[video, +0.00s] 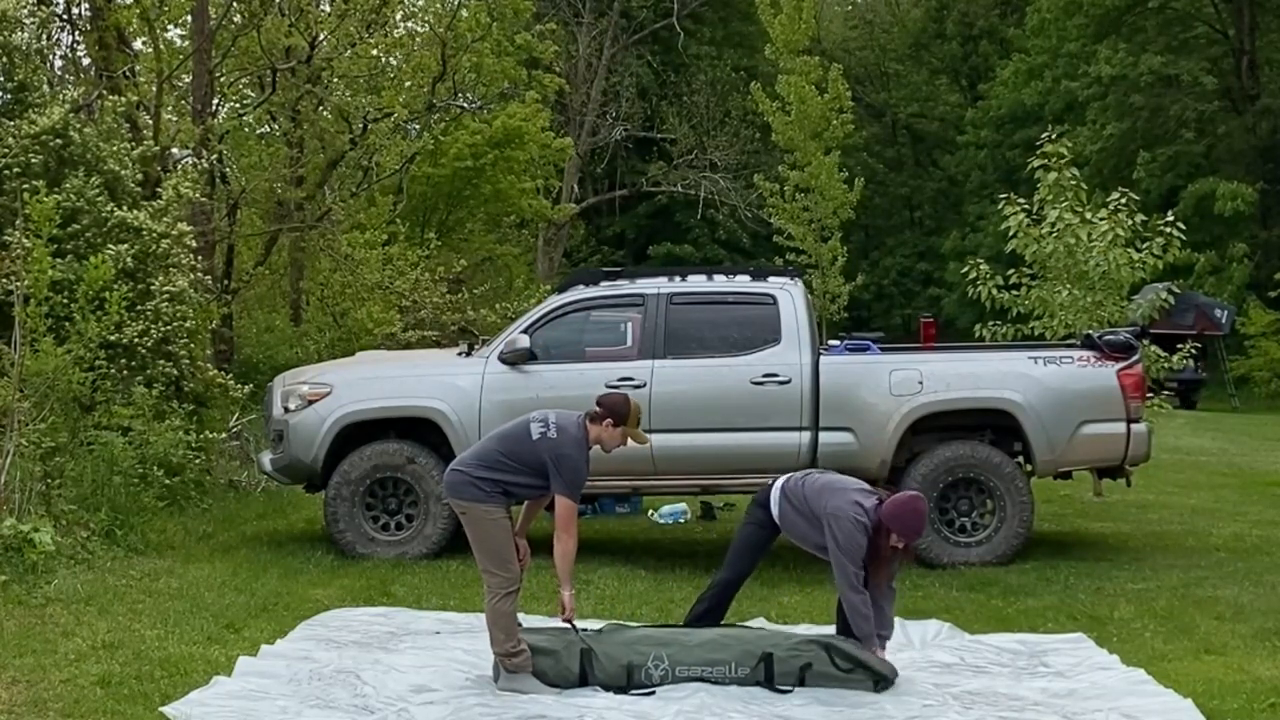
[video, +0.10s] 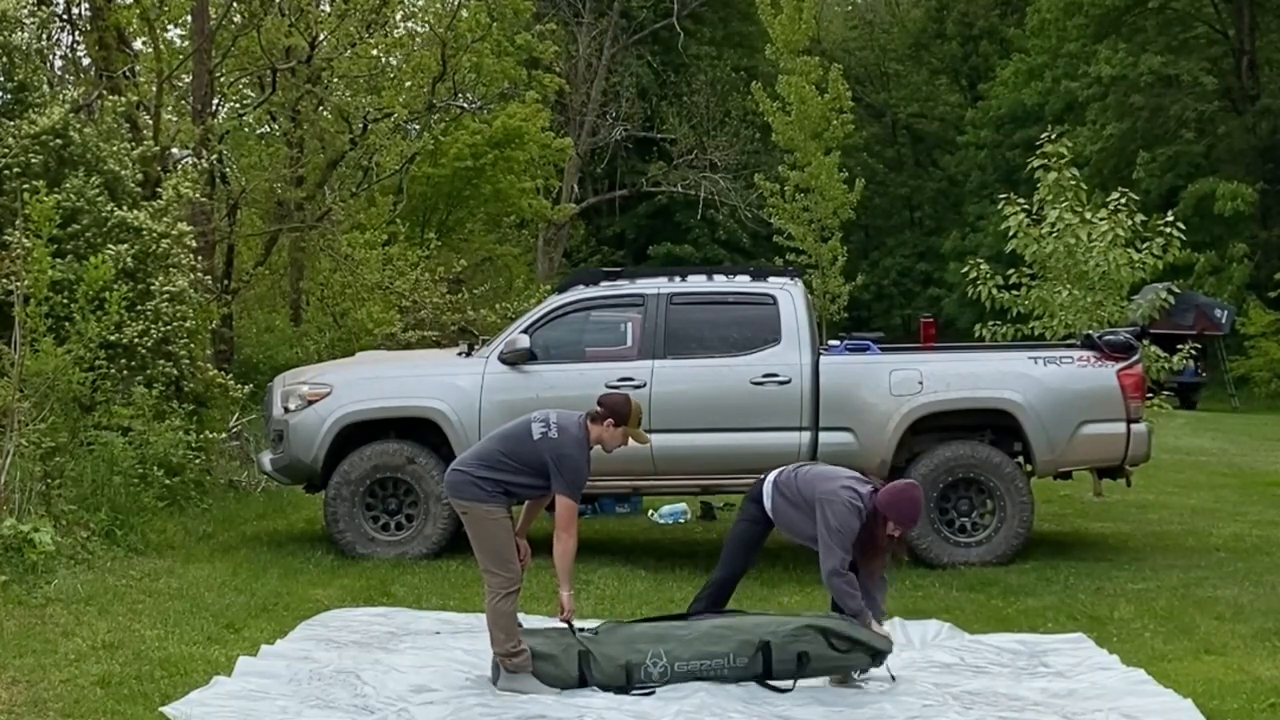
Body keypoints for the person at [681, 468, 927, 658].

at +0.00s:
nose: (898, 544)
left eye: (905, 541)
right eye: (896, 537)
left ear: (910, 536)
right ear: (885, 523)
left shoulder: (890, 525)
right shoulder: (848, 518)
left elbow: (883, 585)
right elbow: (851, 587)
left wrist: (880, 642)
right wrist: (871, 646)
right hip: (777, 499)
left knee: (861, 580)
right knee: (729, 578)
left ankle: (848, 654)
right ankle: (687, 642)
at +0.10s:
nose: (894, 532)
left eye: (902, 528)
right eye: (892, 524)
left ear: (908, 524)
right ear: (880, 510)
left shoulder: (880, 514)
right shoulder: (842, 503)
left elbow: (872, 574)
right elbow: (834, 572)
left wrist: (875, 621)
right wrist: (867, 620)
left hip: (820, 510)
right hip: (770, 494)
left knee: (852, 576)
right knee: (726, 576)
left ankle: (841, 662)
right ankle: (686, 638)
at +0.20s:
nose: (892, 510)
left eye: (897, 505)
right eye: (890, 503)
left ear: (899, 499)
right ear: (874, 489)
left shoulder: (873, 500)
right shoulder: (832, 483)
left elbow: (863, 555)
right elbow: (822, 550)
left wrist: (864, 590)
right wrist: (860, 587)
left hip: (805, 509)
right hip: (759, 490)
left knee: (839, 582)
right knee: (719, 576)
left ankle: (840, 669)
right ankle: (685, 650)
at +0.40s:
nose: (877, 470)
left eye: (883, 464)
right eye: (875, 461)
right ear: (860, 450)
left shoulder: (856, 464)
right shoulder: (820, 448)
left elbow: (838, 514)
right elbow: (808, 508)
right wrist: (845, 546)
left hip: (789, 496)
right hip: (746, 482)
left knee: (823, 568)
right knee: (712, 570)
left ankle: (839, 665)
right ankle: (667, 657)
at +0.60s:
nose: (850, 443)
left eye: (859, 440)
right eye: (848, 434)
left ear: (867, 440)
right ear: (838, 421)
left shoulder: (854, 459)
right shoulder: (805, 431)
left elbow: (836, 500)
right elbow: (779, 487)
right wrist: (826, 511)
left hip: (791, 499)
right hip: (744, 484)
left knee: (818, 571)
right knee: (714, 566)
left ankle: (838, 659)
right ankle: (689, 649)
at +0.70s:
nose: (836, 409)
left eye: (845, 406)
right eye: (834, 401)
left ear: (858, 408)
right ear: (829, 393)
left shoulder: (858, 435)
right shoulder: (805, 410)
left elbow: (850, 489)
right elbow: (767, 458)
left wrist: (827, 528)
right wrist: (810, 484)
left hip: (813, 503)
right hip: (766, 491)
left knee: (833, 578)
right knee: (730, 568)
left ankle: (839, 665)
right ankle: (681, 647)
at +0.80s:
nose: (819, 386)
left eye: (827, 383)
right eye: (817, 378)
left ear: (845, 387)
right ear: (813, 373)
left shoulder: (855, 425)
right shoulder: (795, 391)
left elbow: (850, 483)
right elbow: (762, 434)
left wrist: (820, 518)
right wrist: (803, 463)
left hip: (821, 500)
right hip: (773, 487)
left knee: (827, 572)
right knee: (732, 557)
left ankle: (836, 662)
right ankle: (719, 645)